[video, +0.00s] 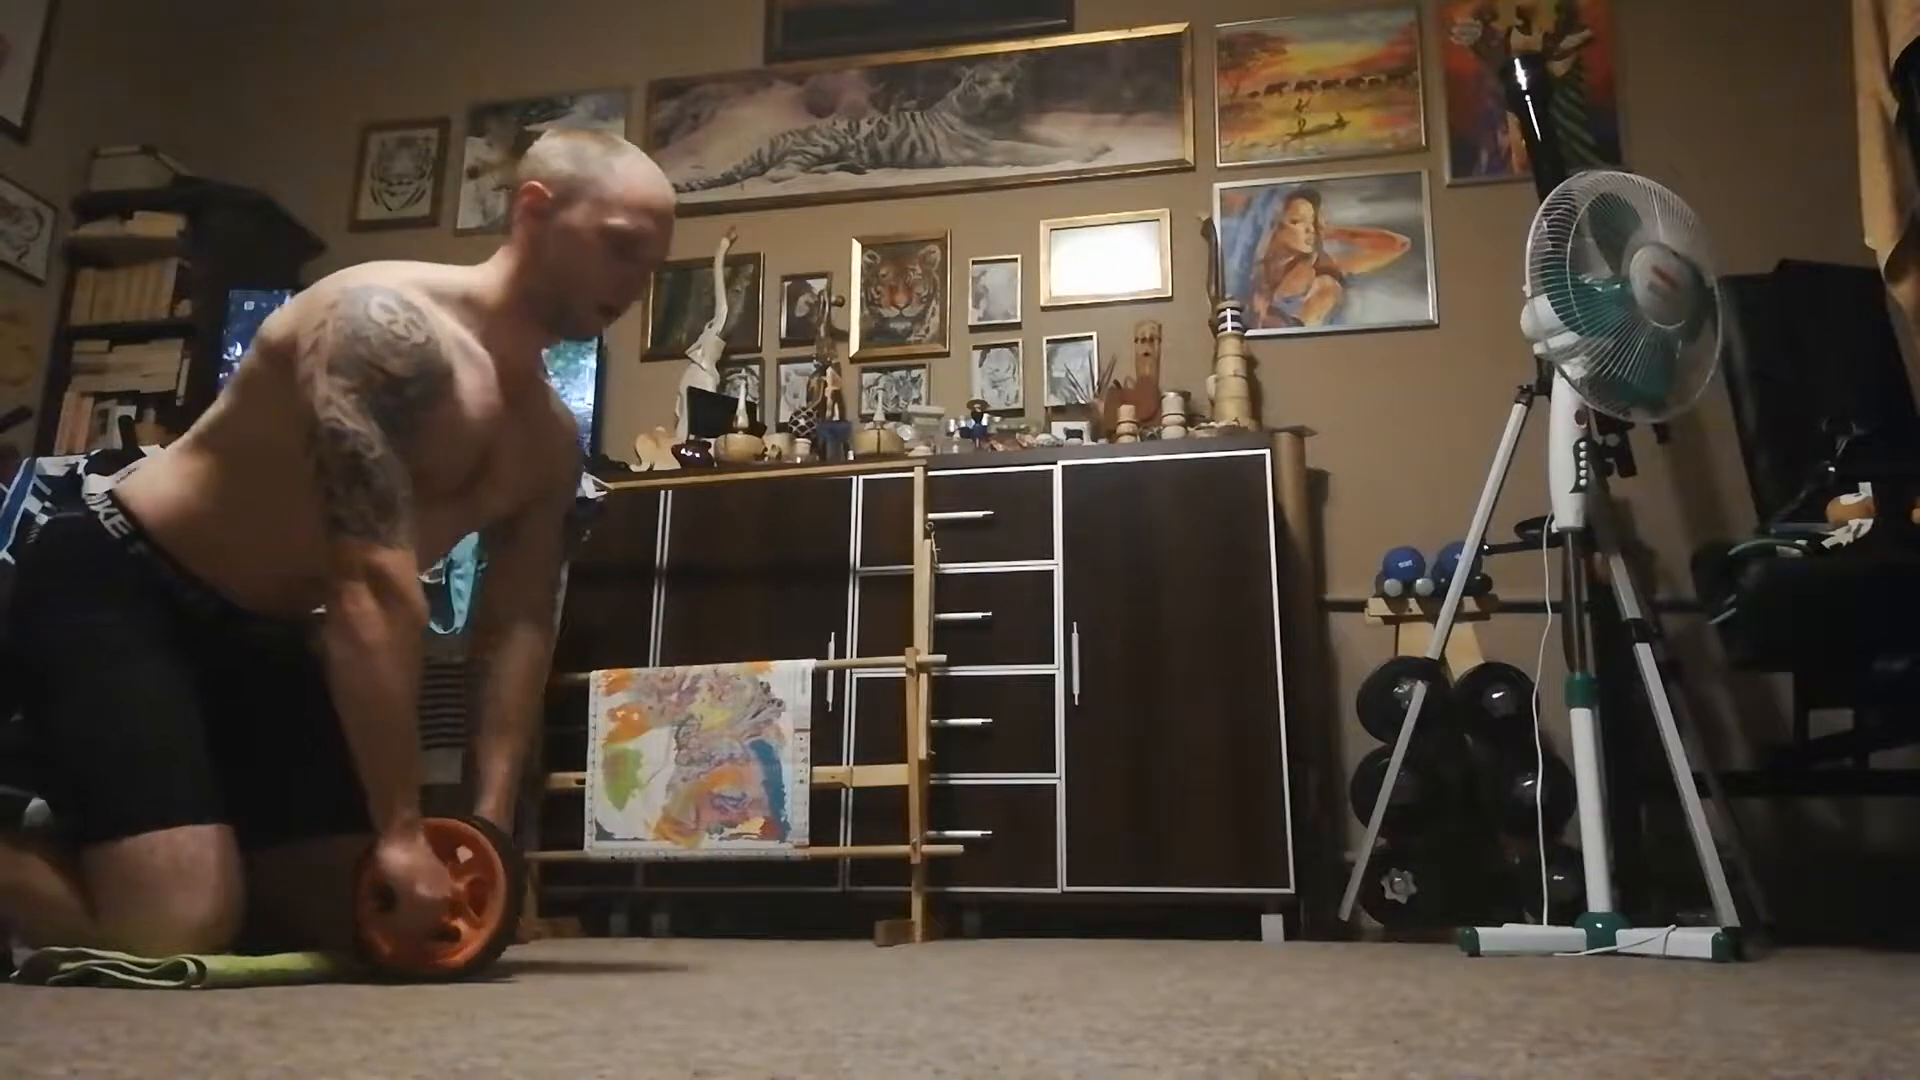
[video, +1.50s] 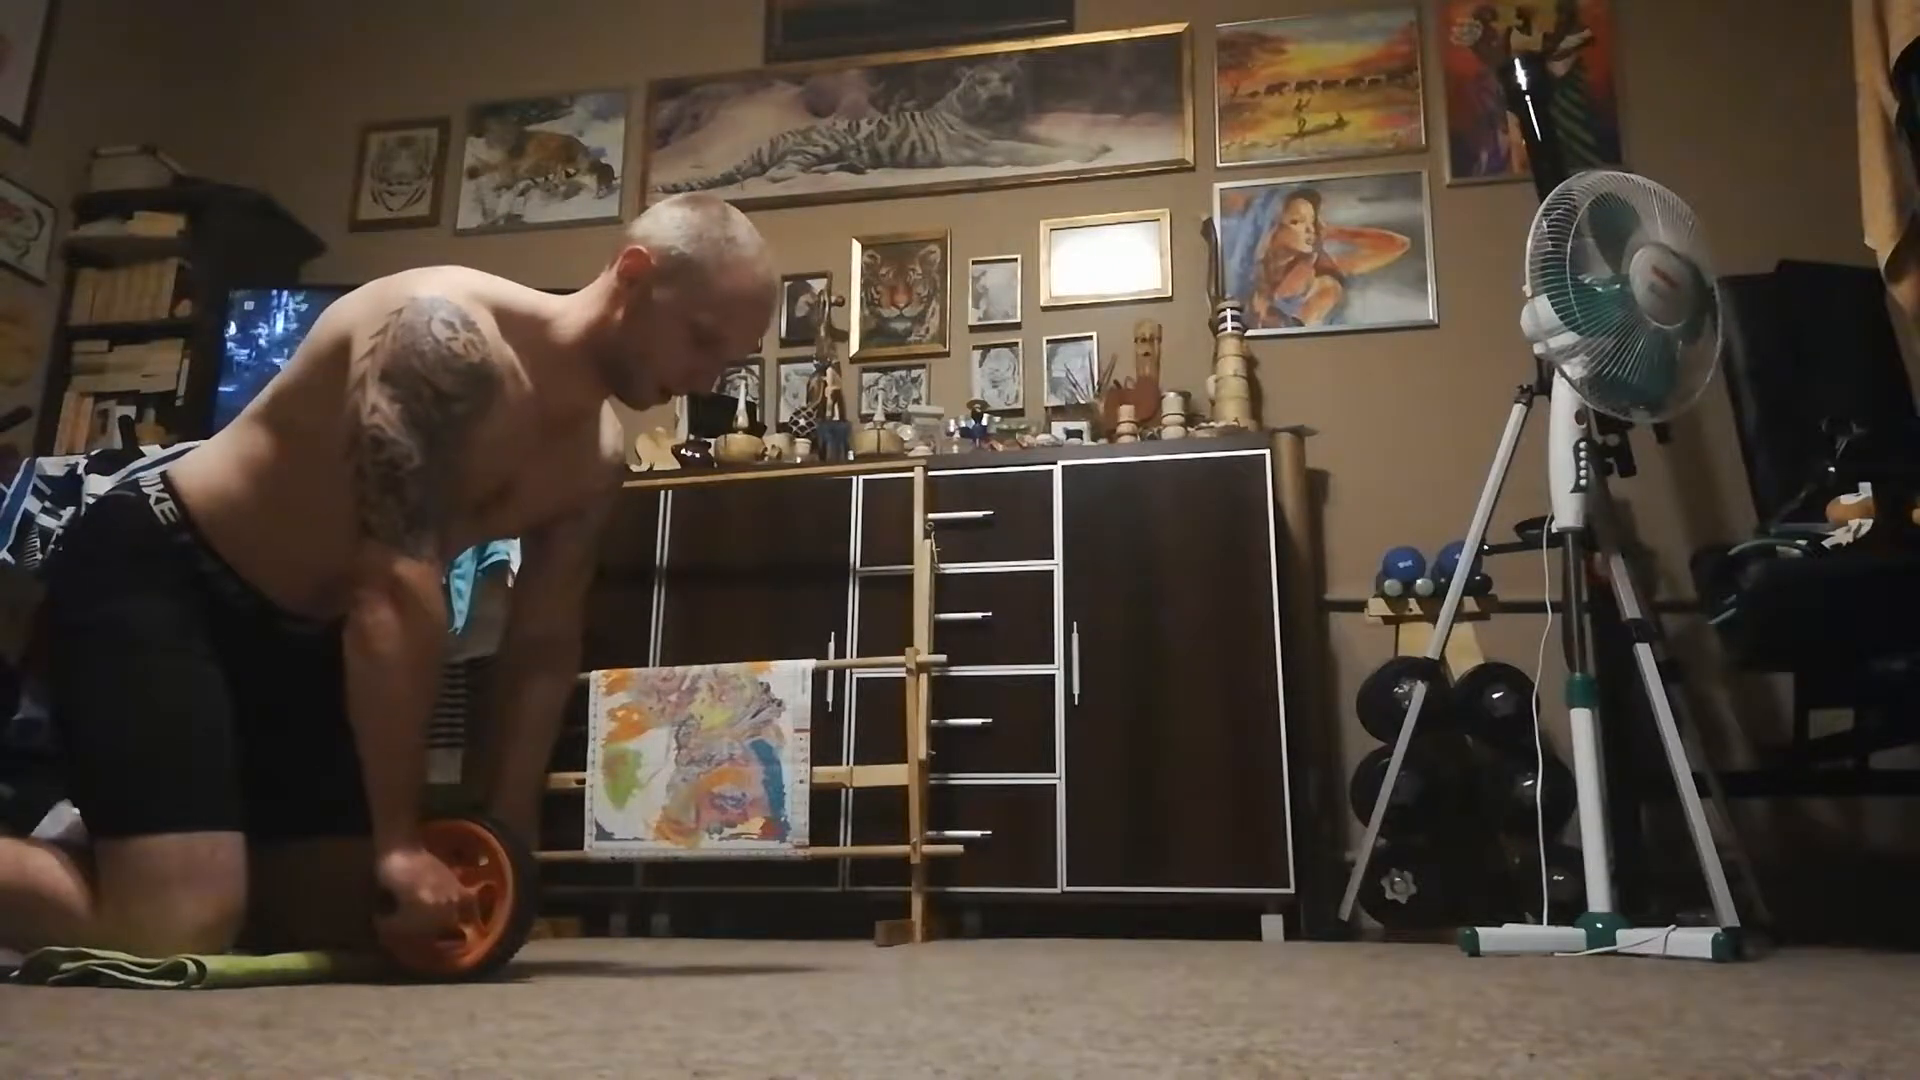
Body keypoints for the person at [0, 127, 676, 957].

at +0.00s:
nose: (637, 286)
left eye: (653, 266)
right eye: (623, 249)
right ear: (538, 209)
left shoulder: (551, 440)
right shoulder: (384, 326)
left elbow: (519, 627)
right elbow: (368, 593)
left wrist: (490, 829)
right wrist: (401, 833)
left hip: (265, 636)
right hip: (116, 579)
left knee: (345, 916)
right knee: (178, 929)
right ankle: (10, 850)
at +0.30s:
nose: (711, 302)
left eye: (722, 279)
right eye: (692, 264)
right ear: (598, 230)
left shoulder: (595, 459)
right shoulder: (439, 332)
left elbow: (549, 656)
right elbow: (390, 601)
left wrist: (506, 849)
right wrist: (404, 845)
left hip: (288, 642)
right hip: (144, 574)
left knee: (351, 916)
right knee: (181, 927)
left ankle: (84, 869)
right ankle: (8, 853)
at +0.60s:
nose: (716, 365)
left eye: (734, 347)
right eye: (712, 332)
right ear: (642, 267)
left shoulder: (602, 447)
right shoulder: (453, 335)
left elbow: (543, 648)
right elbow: (393, 605)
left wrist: (501, 854)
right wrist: (404, 853)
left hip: (295, 632)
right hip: (152, 568)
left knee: (364, 913)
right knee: (182, 929)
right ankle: (7, 847)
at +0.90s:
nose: (700, 393)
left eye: (721, 376)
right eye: (698, 358)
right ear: (634, 288)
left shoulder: (587, 460)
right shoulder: (432, 334)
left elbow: (537, 654)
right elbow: (387, 599)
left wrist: (497, 857)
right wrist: (406, 839)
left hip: (298, 629)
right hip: (154, 566)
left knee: (365, 911)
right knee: (178, 926)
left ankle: (121, 863)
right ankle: (14, 842)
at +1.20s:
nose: (699, 385)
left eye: (721, 368)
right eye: (695, 352)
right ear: (628, 281)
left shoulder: (588, 463)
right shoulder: (430, 334)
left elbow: (536, 655)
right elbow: (382, 604)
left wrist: (493, 861)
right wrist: (397, 845)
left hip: (295, 630)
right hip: (154, 566)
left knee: (362, 911)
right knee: (179, 924)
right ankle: (13, 848)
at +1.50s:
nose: (712, 379)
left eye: (733, 359)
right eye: (709, 342)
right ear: (638, 277)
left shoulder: (593, 461)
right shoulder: (442, 334)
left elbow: (542, 653)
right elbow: (389, 603)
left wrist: (498, 860)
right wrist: (401, 847)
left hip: (297, 633)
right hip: (156, 571)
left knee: (360, 912)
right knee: (177, 927)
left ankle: (107, 859)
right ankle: (21, 861)